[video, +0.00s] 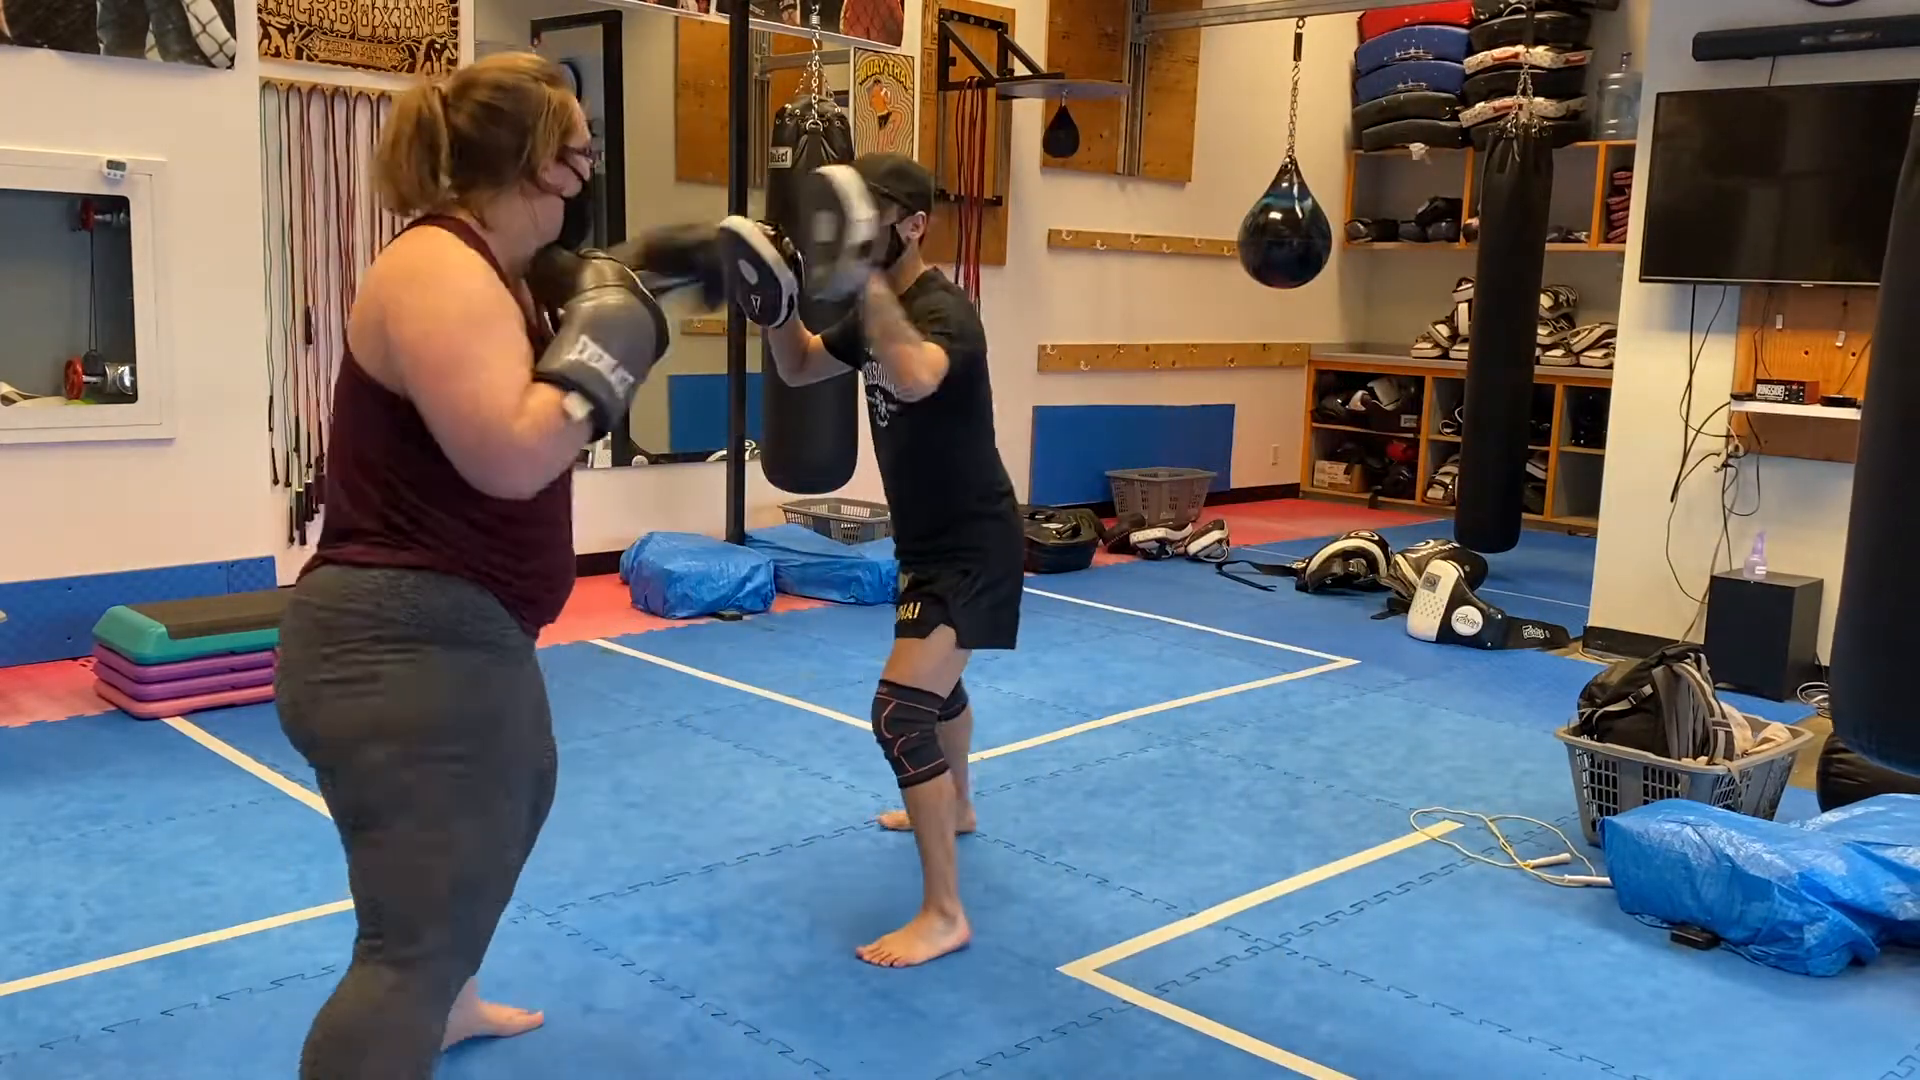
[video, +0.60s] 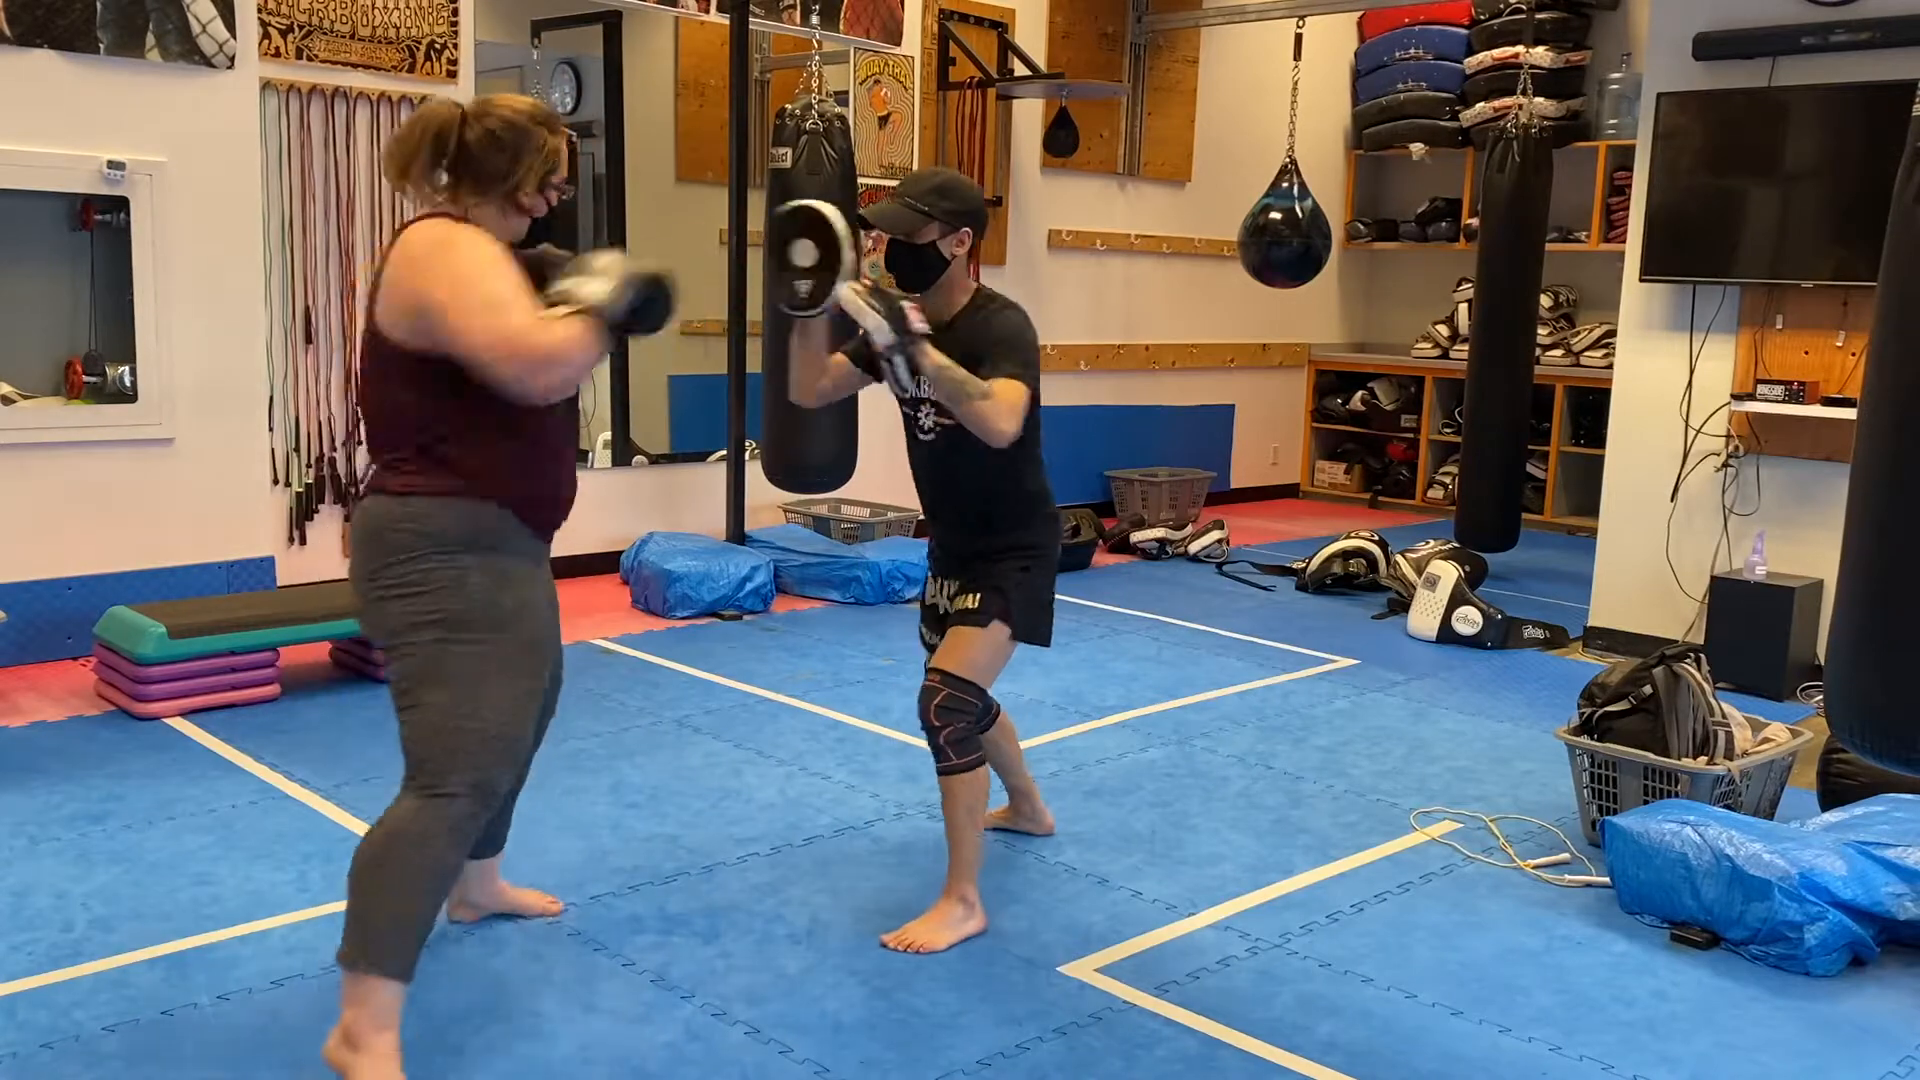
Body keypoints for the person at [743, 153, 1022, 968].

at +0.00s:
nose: (858, 241)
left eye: (869, 227)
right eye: (854, 229)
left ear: (910, 225)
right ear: (883, 231)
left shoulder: (945, 308)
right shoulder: (873, 303)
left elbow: (916, 377)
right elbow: (801, 366)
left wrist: (866, 282)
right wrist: (772, 301)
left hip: (971, 538)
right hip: (927, 534)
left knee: (904, 711)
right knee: (936, 680)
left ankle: (945, 913)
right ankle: (954, 804)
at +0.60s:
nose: (890, 251)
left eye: (907, 239)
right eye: (889, 238)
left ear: (959, 243)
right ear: (890, 238)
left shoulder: (1001, 324)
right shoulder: (896, 318)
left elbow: (1002, 423)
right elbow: (811, 390)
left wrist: (921, 352)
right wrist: (809, 305)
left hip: (1014, 544)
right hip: (952, 542)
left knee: (949, 703)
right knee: (961, 692)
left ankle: (964, 899)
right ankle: (1027, 805)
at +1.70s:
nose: (822, 271)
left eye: (835, 259)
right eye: (823, 258)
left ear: (882, 263)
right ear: (869, 264)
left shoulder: (948, 347)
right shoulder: (846, 348)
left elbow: (957, 460)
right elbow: (785, 442)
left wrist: (865, 399)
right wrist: (744, 374)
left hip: (986, 543)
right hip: (924, 543)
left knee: (922, 705)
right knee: (905, 690)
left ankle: (964, 901)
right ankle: (1009, 782)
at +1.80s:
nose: (812, 293)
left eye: (826, 282)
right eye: (812, 281)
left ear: (873, 285)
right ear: (855, 286)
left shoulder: (935, 365)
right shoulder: (837, 361)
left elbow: (939, 478)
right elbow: (780, 459)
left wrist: (848, 412)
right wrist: (738, 407)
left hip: (963, 562)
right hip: (902, 558)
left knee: (894, 725)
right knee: (845, 694)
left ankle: (963, 903)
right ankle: (963, 769)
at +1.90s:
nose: (794, 292)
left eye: (808, 281)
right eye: (795, 280)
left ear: (858, 284)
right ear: (837, 285)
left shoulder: (914, 367)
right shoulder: (817, 357)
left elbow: (903, 475)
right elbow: (756, 449)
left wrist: (821, 404)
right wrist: (721, 390)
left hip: (935, 566)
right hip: (873, 560)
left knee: (877, 728)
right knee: (798, 672)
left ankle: (962, 900)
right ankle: (879, 770)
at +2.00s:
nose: (775, 270)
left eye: (790, 257)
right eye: (776, 256)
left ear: (842, 262)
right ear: (821, 263)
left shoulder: (884, 349)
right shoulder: (792, 338)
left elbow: (871, 449)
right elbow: (729, 421)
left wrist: (799, 386)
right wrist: (713, 363)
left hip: (896, 548)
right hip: (834, 542)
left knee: (878, 713)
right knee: (766, 647)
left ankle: (958, 893)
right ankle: (780, 751)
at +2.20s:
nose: (734, 278)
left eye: (747, 267)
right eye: (732, 265)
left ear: (791, 270)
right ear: (746, 269)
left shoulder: (826, 348)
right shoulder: (729, 340)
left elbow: (830, 438)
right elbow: (655, 399)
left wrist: (755, 385)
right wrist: (637, 343)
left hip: (834, 535)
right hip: (765, 534)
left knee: (813, 661)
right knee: (697, 652)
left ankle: (862, 825)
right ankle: (737, 751)